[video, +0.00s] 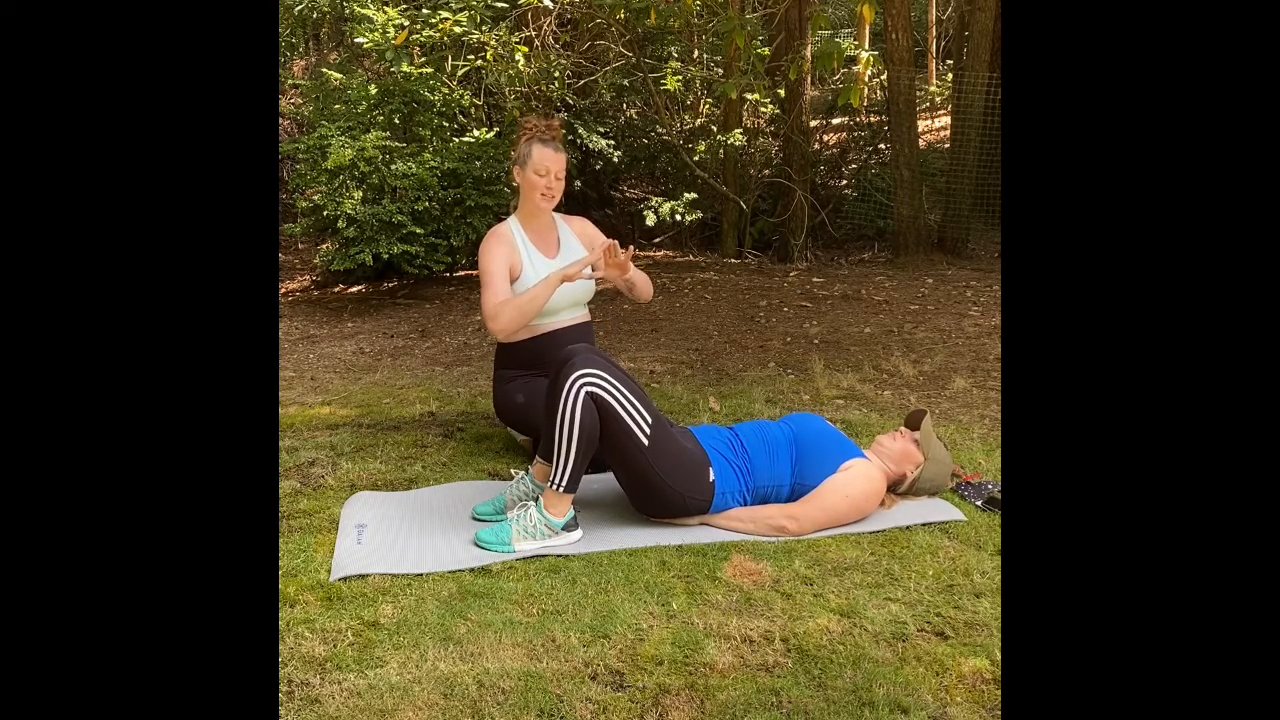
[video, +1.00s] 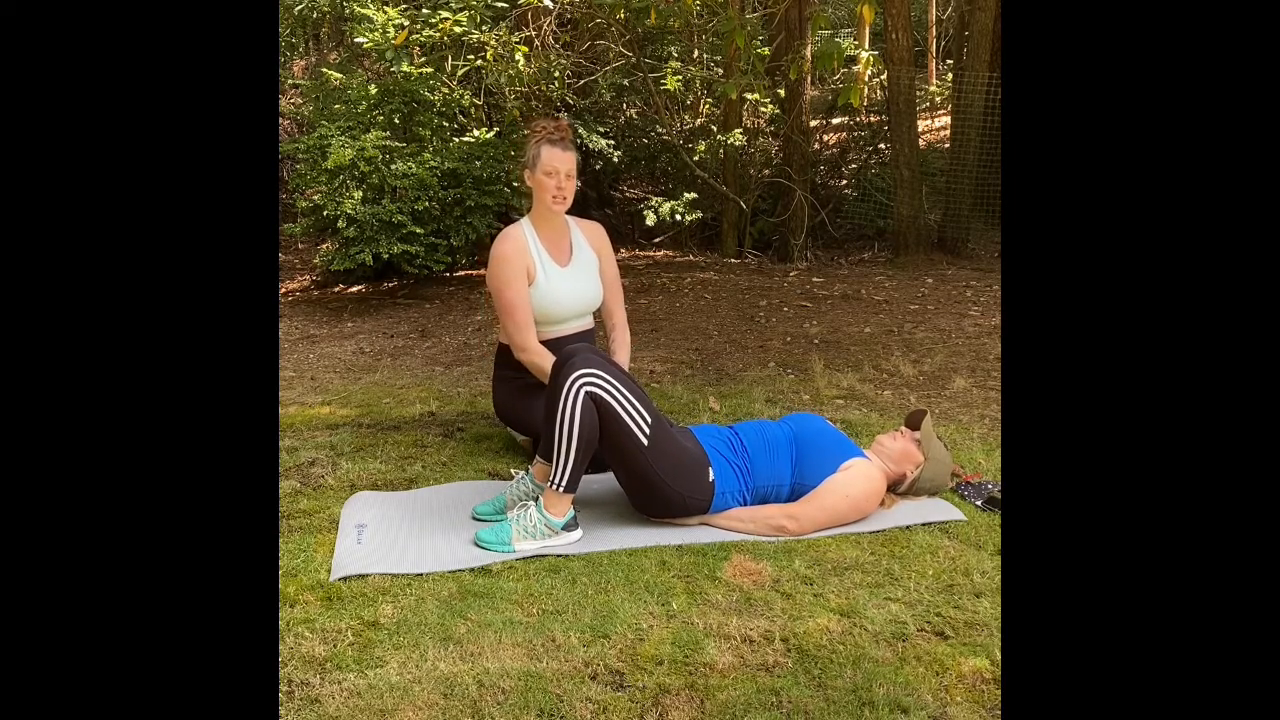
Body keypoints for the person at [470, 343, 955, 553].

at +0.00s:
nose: (896, 433)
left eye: (907, 439)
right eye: (905, 430)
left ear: (908, 470)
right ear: (898, 446)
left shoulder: (864, 480)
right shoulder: (847, 457)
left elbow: (795, 520)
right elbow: (777, 498)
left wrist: (712, 516)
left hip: (694, 483)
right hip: (679, 455)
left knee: (586, 374)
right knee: (585, 365)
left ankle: (553, 510)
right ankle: (541, 484)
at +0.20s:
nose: (897, 433)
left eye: (908, 440)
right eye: (906, 430)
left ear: (908, 470)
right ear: (898, 446)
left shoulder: (864, 480)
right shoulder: (846, 457)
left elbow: (795, 521)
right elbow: (776, 498)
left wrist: (711, 516)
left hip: (693, 482)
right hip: (677, 455)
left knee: (583, 368)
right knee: (568, 360)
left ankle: (553, 509)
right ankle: (543, 482)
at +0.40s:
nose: (896, 433)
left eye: (908, 439)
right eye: (905, 430)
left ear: (908, 470)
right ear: (898, 447)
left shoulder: (864, 479)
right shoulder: (846, 457)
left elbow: (795, 521)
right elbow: (777, 499)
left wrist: (712, 516)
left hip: (693, 483)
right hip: (677, 456)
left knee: (586, 368)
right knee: (570, 357)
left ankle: (553, 509)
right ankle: (541, 484)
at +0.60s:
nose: (897, 433)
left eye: (908, 439)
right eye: (905, 430)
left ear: (908, 471)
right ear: (897, 445)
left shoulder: (865, 479)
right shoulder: (846, 456)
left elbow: (795, 521)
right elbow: (777, 498)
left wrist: (710, 515)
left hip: (693, 482)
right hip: (678, 456)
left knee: (585, 367)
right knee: (571, 357)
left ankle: (553, 510)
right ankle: (541, 483)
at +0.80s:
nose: (896, 432)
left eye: (907, 439)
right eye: (905, 430)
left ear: (908, 470)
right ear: (899, 447)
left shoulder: (864, 479)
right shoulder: (846, 457)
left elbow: (795, 521)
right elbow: (777, 499)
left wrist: (711, 516)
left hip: (693, 482)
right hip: (677, 456)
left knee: (585, 368)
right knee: (574, 356)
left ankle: (553, 509)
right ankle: (541, 484)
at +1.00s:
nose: (897, 433)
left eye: (908, 439)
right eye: (906, 430)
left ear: (908, 470)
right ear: (898, 446)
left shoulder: (864, 479)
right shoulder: (846, 457)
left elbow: (795, 521)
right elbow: (777, 499)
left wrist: (710, 516)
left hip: (693, 482)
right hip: (678, 456)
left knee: (586, 369)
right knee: (576, 355)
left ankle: (553, 510)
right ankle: (542, 483)